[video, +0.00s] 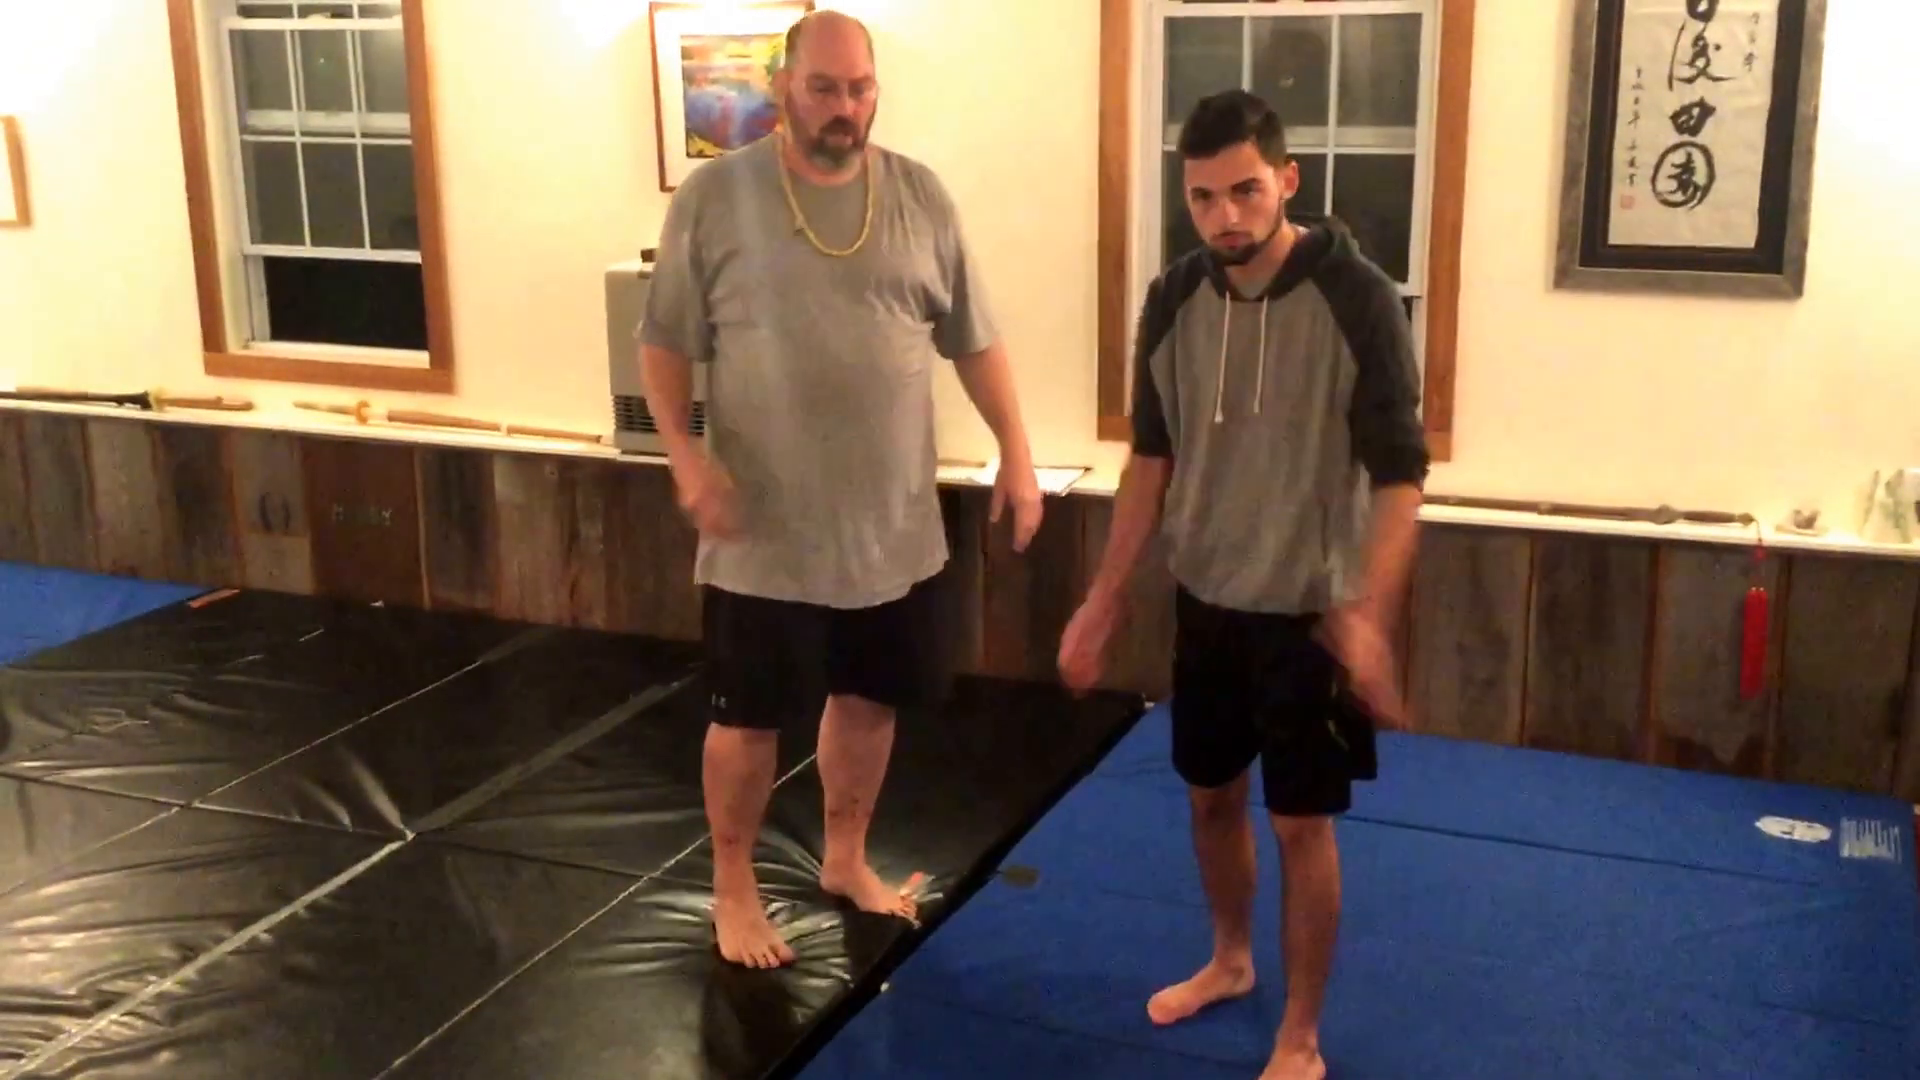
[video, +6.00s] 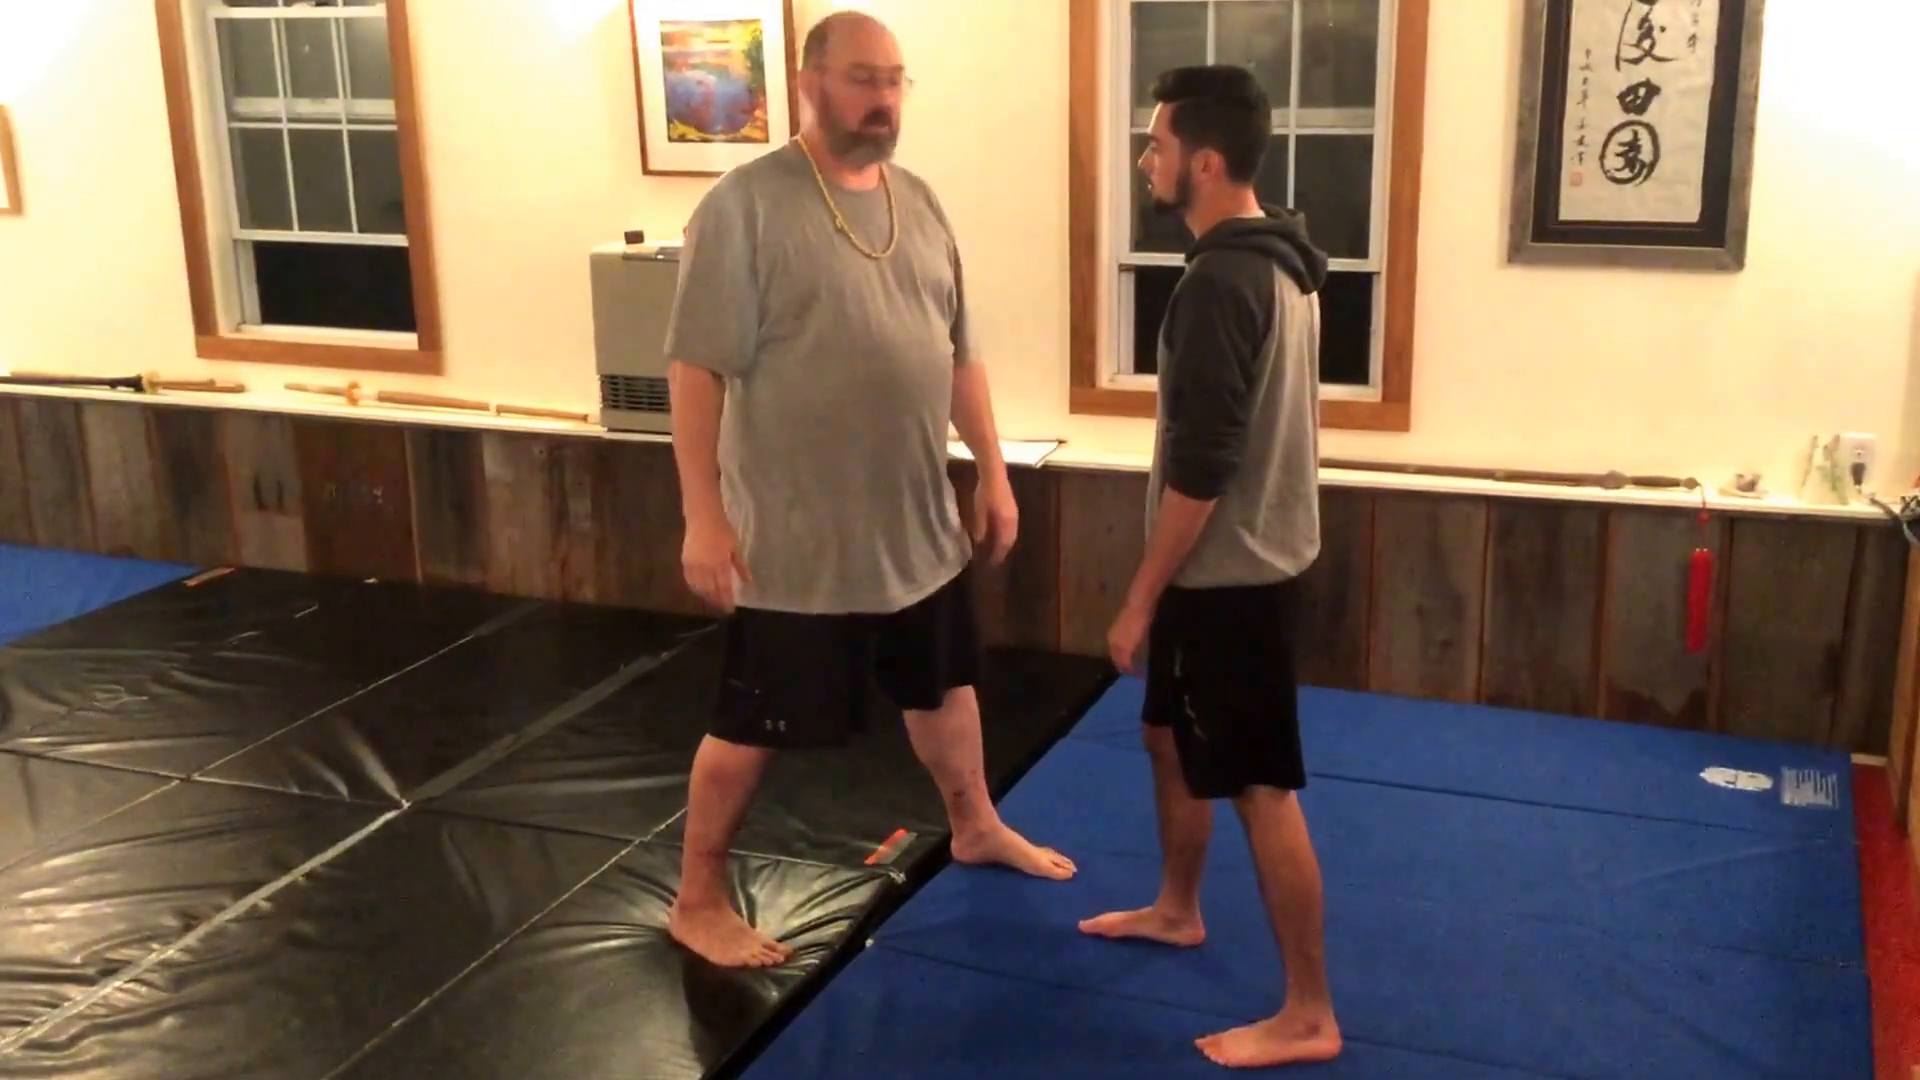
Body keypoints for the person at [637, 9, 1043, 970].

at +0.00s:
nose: (845, 106)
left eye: (860, 88)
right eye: (824, 88)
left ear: (878, 88)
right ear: (782, 87)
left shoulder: (919, 196)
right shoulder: (711, 199)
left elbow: (972, 335)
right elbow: (665, 340)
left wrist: (1017, 454)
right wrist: (685, 456)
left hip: (889, 515)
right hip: (760, 520)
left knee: (870, 700)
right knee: (750, 718)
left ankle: (846, 862)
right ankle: (735, 888)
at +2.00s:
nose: (1064, 195)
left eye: (1079, 180)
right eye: (1055, 173)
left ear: (1082, 167)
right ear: (1004, 134)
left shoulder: (1034, 211)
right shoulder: (904, 199)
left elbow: (1028, 348)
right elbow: (830, 349)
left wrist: (1075, 438)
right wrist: (877, 492)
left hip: (973, 514)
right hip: (857, 513)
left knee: (993, 673)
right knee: (799, 695)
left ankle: (983, 842)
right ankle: (716, 887)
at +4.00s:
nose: (847, 95)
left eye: (861, 76)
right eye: (824, 80)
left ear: (888, 86)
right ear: (792, 94)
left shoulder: (925, 200)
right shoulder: (743, 206)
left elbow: (962, 346)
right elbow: (677, 358)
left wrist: (988, 471)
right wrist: (680, 496)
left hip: (926, 509)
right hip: (794, 523)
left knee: (955, 677)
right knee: (753, 723)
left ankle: (977, 828)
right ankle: (698, 895)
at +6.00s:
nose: (884, 98)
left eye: (895, 79)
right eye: (863, 79)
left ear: (907, 87)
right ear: (807, 86)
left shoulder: (920, 204)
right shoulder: (744, 206)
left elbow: (957, 352)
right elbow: (695, 370)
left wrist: (992, 469)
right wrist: (703, 518)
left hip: (916, 514)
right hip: (790, 527)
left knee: (945, 682)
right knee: (749, 725)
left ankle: (978, 828)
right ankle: (698, 897)